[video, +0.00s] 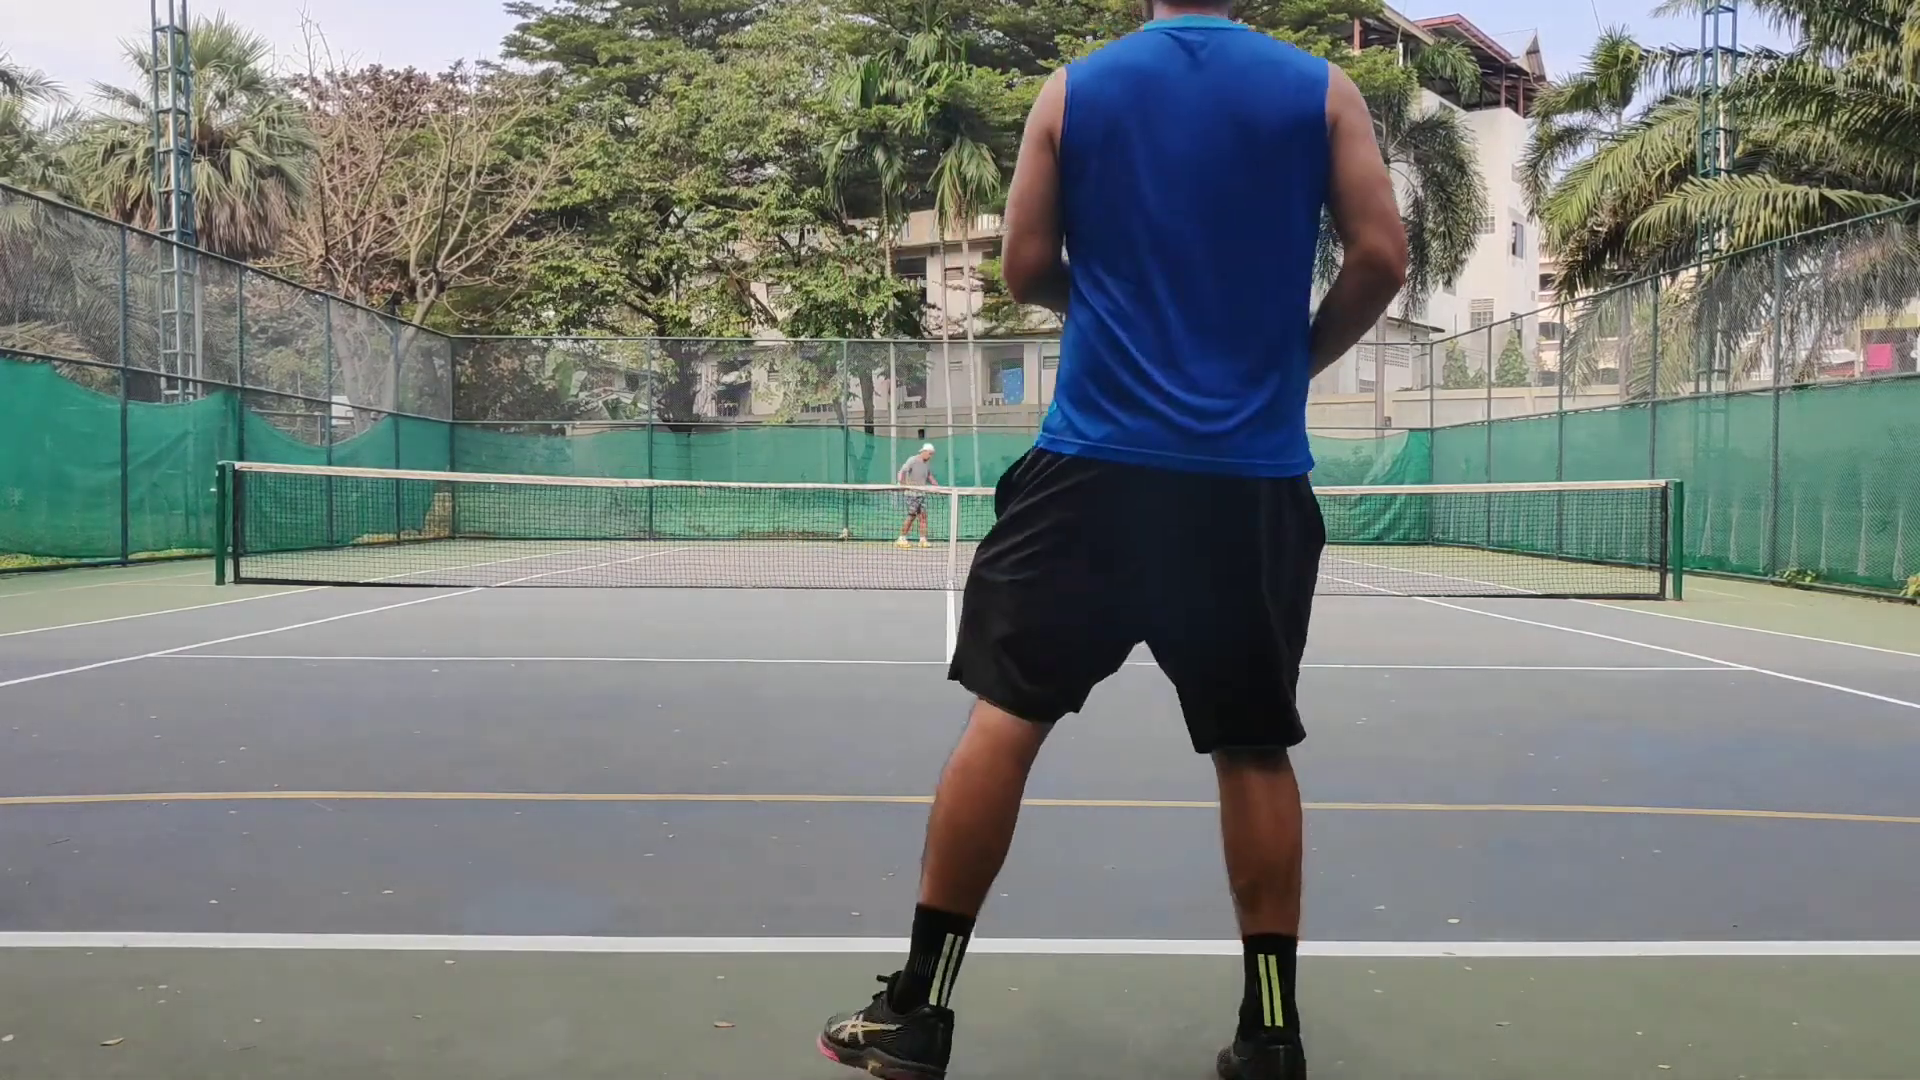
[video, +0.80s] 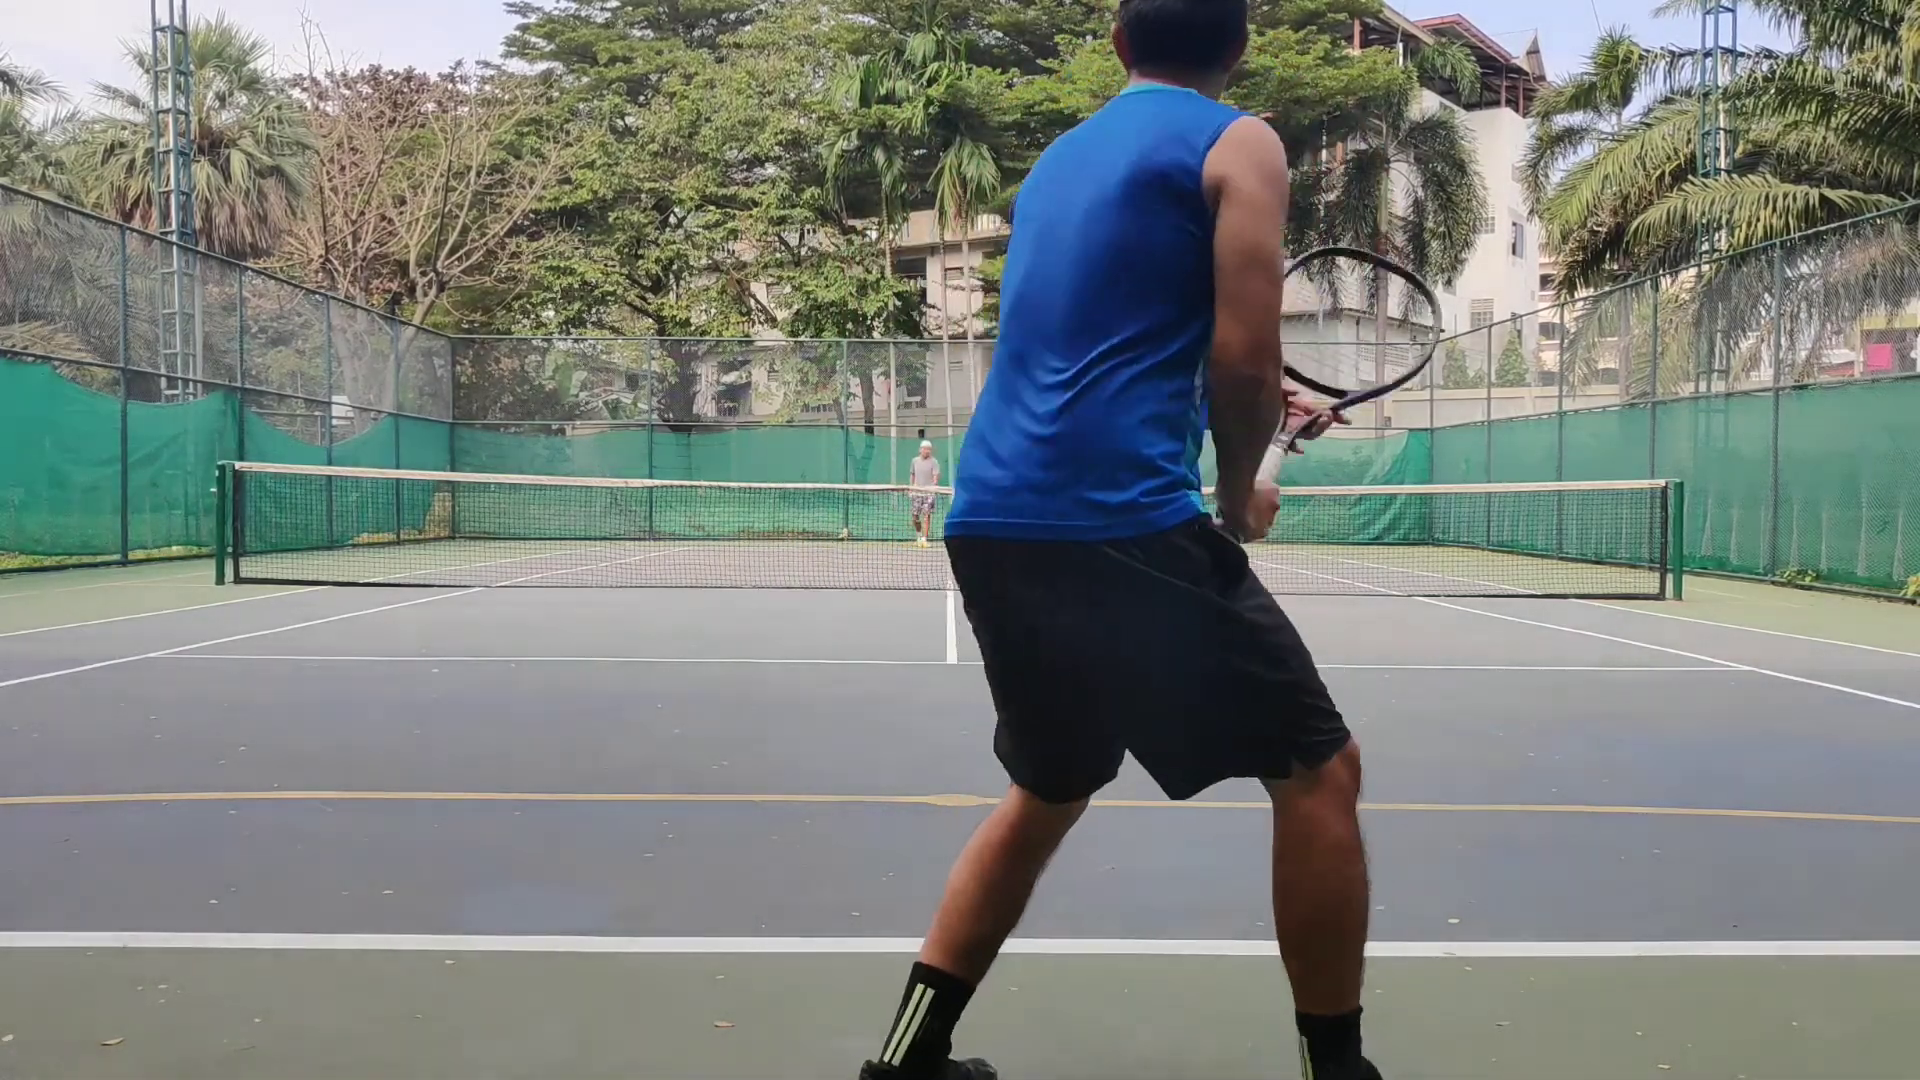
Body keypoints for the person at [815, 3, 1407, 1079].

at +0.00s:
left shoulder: (1071, 89)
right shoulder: (1323, 88)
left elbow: (1027, 268)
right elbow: (1382, 253)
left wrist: (1109, 286)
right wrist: (1306, 354)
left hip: (1092, 475)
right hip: (1250, 482)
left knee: (1005, 722)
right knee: (1255, 747)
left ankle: (918, 1004)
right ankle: (1272, 1030)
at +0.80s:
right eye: (1238, 35)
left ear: (1122, 43)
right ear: (1238, 50)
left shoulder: (1063, 155)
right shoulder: (1239, 141)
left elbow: (1101, 326)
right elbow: (1242, 359)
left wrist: (1258, 387)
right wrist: (1240, 496)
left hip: (990, 522)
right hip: (1126, 522)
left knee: (1051, 777)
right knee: (1316, 770)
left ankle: (911, 1049)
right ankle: (1337, 1063)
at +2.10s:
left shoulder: (1102, 12)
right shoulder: (1251, 17)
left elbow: (988, 65)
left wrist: (872, 70)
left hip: (1075, 460)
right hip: (1244, 462)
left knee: (985, 797)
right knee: (1264, 820)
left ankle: (957, 1067)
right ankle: (1291, 1071)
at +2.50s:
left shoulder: (1009, 16)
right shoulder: (1084, 40)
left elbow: (1114, 158)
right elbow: (1063, 266)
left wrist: (938, 281)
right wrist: (916, 291)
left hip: (1011, 469)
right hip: (1136, 469)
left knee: (936, 792)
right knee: (1133, 762)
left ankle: (954, 1076)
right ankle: (1254, 1052)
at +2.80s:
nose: (956, 22)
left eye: (957, 16)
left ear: (974, 6)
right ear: (1069, 6)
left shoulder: (972, 61)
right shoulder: (1158, 109)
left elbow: (931, 230)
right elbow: (1233, 294)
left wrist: (909, 302)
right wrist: (1127, 358)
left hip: (1022, 476)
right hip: (1157, 487)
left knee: (860, 730)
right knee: (1117, 759)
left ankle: (921, 1036)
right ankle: (1185, 1041)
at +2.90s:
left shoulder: (932, 27)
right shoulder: (1159, 64)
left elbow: (881, 199)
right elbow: (1239, 235)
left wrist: (920, 273)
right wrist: (1143, 312)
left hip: (987, 430)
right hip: (1144, 443)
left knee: (865, 713)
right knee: (1144, 730)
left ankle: (842, 1026)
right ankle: (1195, 1022)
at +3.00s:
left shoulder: (907, 40)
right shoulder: (1154, 70)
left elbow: (848, 225)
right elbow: (1228, 239)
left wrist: (917, 266)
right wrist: (1139, 317)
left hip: (959, 452)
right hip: (1118, 460)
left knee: (829, 726)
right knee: (1151, 738)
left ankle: (738, 1031)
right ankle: (1243, 1028)